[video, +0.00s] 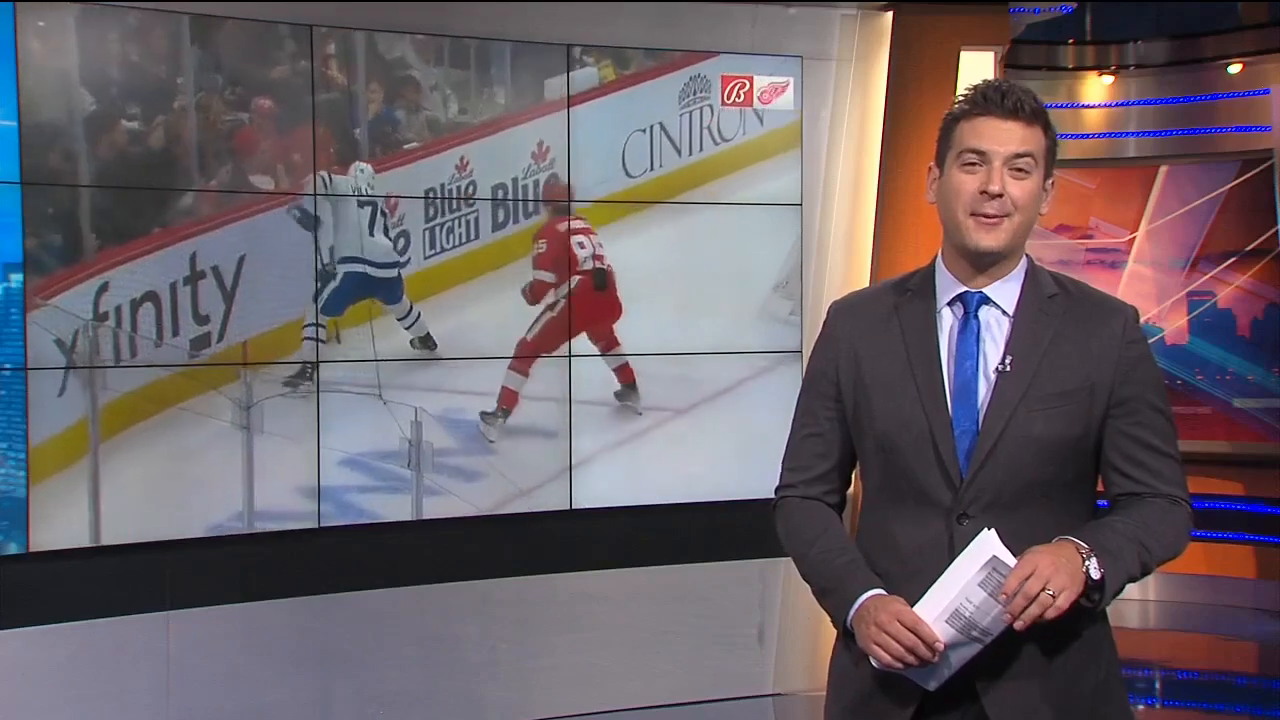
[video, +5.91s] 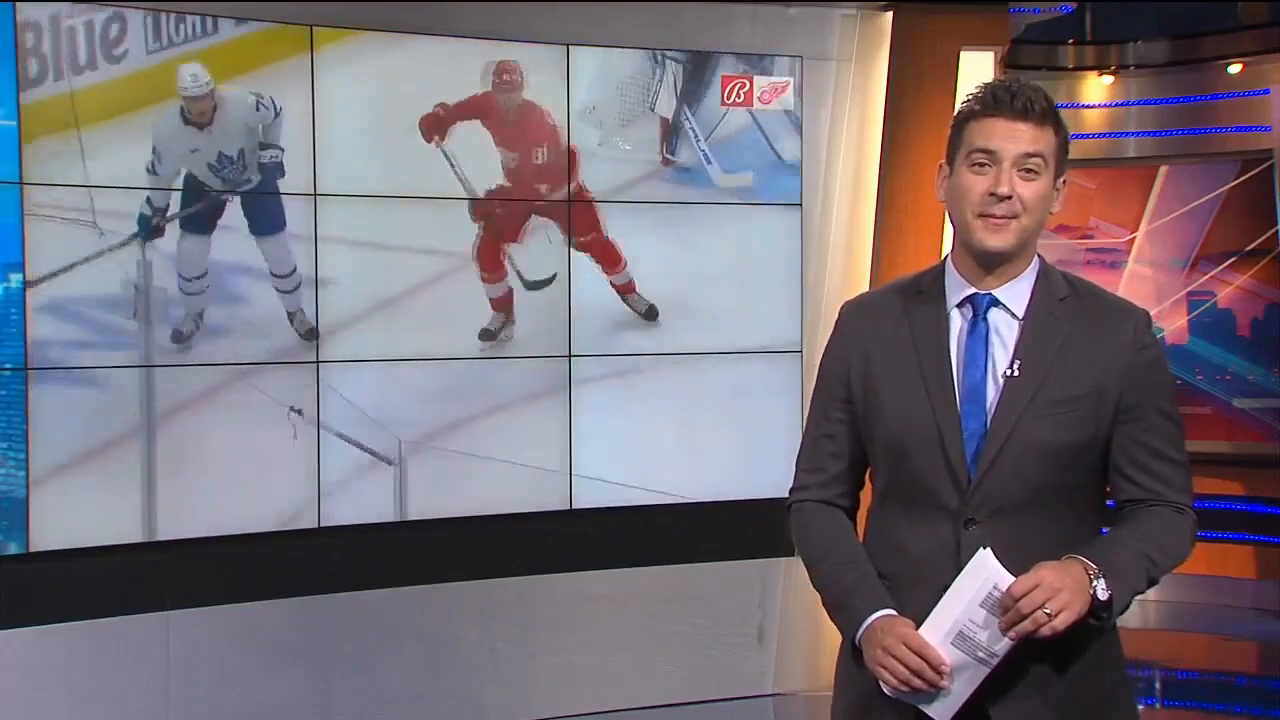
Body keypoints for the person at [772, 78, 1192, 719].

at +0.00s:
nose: (994, 186)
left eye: (1019, 168)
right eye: (972, 163)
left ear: (1045, 193)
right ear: (935, 182)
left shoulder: (1107, 331)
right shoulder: (855, 326)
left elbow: (1161, 506)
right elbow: (804, 497)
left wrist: (1084, 553)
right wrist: (859, 601)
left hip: (1048, 688)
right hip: (886, 686)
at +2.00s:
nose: (991, 197)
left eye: (1017, 177)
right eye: (970, 172)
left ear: (1047, 196)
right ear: (936, 185)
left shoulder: (1109, 336)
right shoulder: (857, 326)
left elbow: (1156, 512)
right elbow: (807, 499)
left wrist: (1082, 571)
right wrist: (860, 617)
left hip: (1046, 692)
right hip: (883, 688)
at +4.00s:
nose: (998, 196)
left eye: (1021, 175)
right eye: (974, 174)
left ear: (1050, 192)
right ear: (938, 193)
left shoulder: (1119, 333)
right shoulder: (867, 327)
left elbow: (1166, 507)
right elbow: (819, 499)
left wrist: (1095, 569)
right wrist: (873, 616)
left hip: (1057, 688)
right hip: (894, 686)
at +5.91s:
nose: (1002, 187)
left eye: (1028, 170)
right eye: (981, 164)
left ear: (1055, 195)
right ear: (945, 183)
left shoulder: (1120, 336)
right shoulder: (867, 326)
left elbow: (1163, 510)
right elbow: (817, 499)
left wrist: (1093, 574)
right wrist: (870, 619)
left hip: (1056, 690)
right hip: (893, 685)